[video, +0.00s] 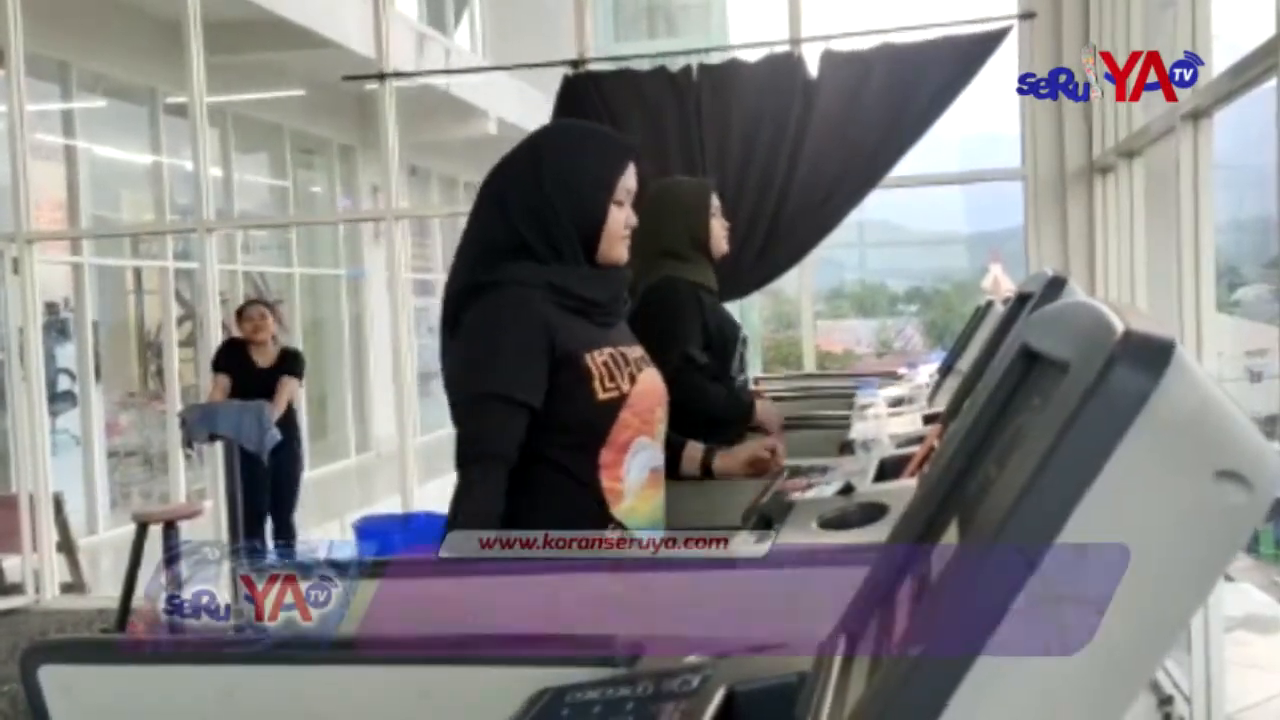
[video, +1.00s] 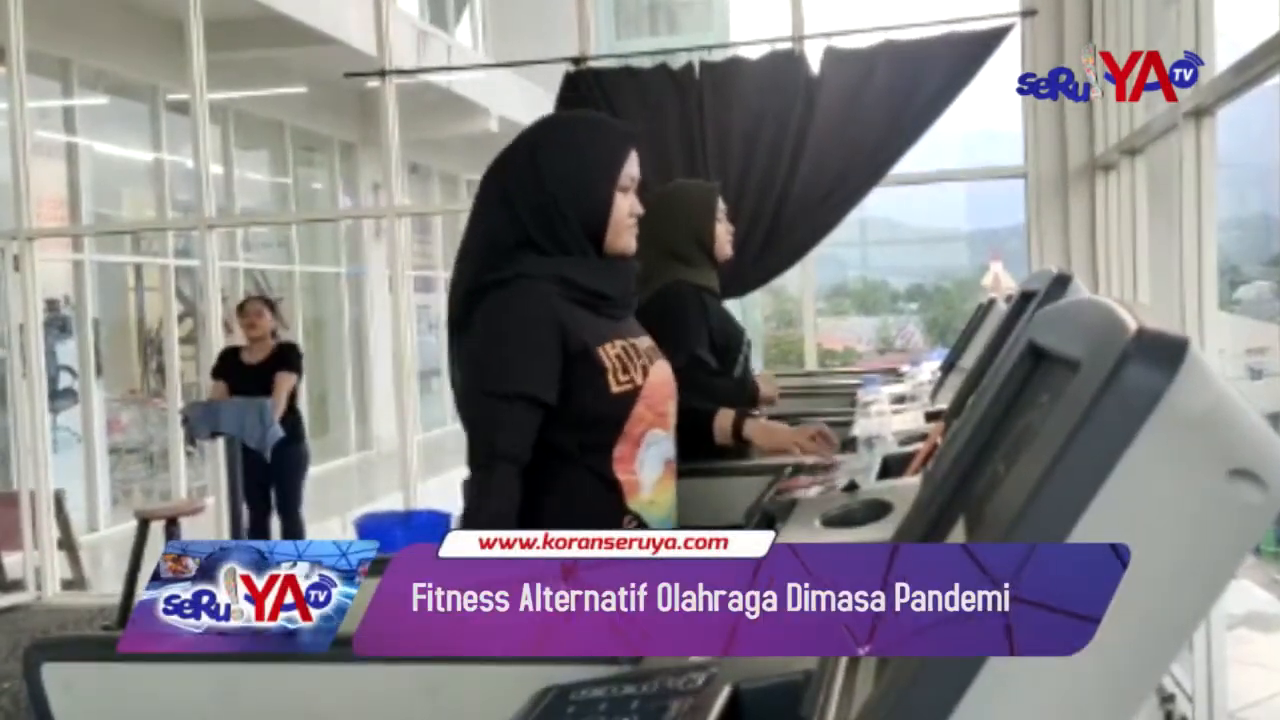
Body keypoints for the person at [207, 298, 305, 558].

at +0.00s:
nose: (257, 324)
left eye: (262, 317)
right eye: (249, 319)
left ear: (274, 322)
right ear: (240, 327)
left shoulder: (290, 357)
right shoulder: (231, 350)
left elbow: (282, 398)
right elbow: (219, 391)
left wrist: (261, 426)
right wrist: (208, 421)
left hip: (283, 436)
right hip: (244, 436)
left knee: (282, 511)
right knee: (252, 512)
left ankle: (287, 576)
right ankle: (255, 576)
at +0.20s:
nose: (256, 322)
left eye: (263, 316)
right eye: (249, 317)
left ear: (275, 321)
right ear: (242, 324)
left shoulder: (288, 355)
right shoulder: (229, 355)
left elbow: (283, 397)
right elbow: (220, 394)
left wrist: (265, 427)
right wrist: (208, 420)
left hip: (284, 437)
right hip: (247, 440)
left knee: (288, 509)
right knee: (266, 514)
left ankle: (301, 565)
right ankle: (274, 570)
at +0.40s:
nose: (253, 322)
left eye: (261, 316)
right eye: (249, 316)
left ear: (276, 322)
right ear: (243, 322)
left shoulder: (282, 352)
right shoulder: (237, 356)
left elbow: (280, 392)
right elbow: (223, 393)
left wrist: (271, 426)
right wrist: (207, 417)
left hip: (281, 429)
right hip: (253, 432)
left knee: (282, 493)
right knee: (268, 497)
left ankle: (293, 548)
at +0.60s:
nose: (247, 320)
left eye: (255, 315)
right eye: (245, 315)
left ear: (273, 322)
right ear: (240, 319)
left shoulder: (278, 351)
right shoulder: (237, 357)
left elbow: (279, 395)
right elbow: (224, 394)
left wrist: (268, 431)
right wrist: (207, 417)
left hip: (282, 434)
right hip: (256, 436)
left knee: (280, 510)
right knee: (290, 511)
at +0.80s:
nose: (248, 320)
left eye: (255, 314)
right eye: (244, 315)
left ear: (272, 321)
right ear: (239, 321)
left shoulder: (282, 351)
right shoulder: (233, 358)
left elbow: (280, 394)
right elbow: (221, 397)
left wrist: (269, 427)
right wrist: (205, 418)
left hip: (283, 434)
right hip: (251, 437)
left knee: (287, 508)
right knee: (274, 510)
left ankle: (299, 565)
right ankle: (288, 564)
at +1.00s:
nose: (251, 320)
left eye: (259, 314)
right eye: (246, 315)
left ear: (273, 320)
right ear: (239, 321)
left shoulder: (287, 352)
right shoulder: (229, 356)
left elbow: (281, 393)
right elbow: (218, 399)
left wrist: (266, 426)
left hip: (286, 436)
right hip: (247, 438)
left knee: (288, 509)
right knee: (257, 511)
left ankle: (295, 566)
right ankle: (260, 568)